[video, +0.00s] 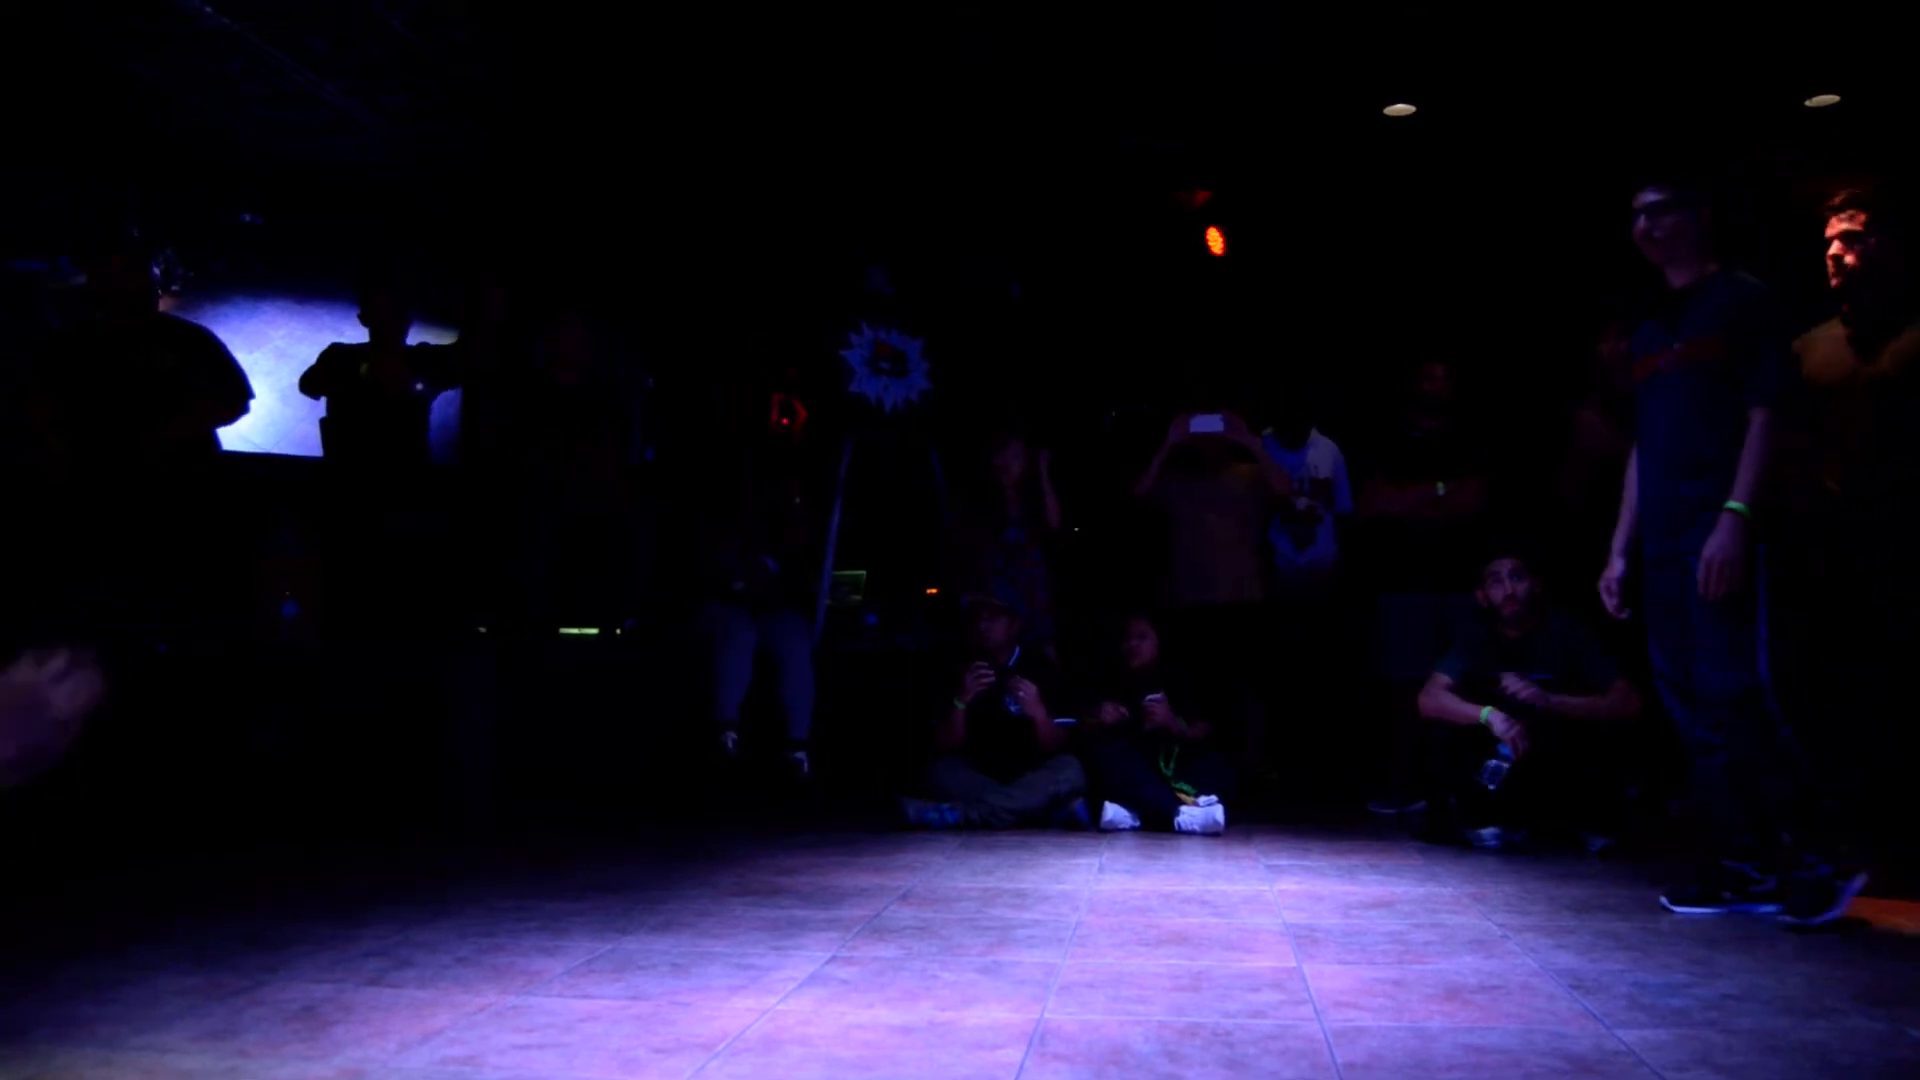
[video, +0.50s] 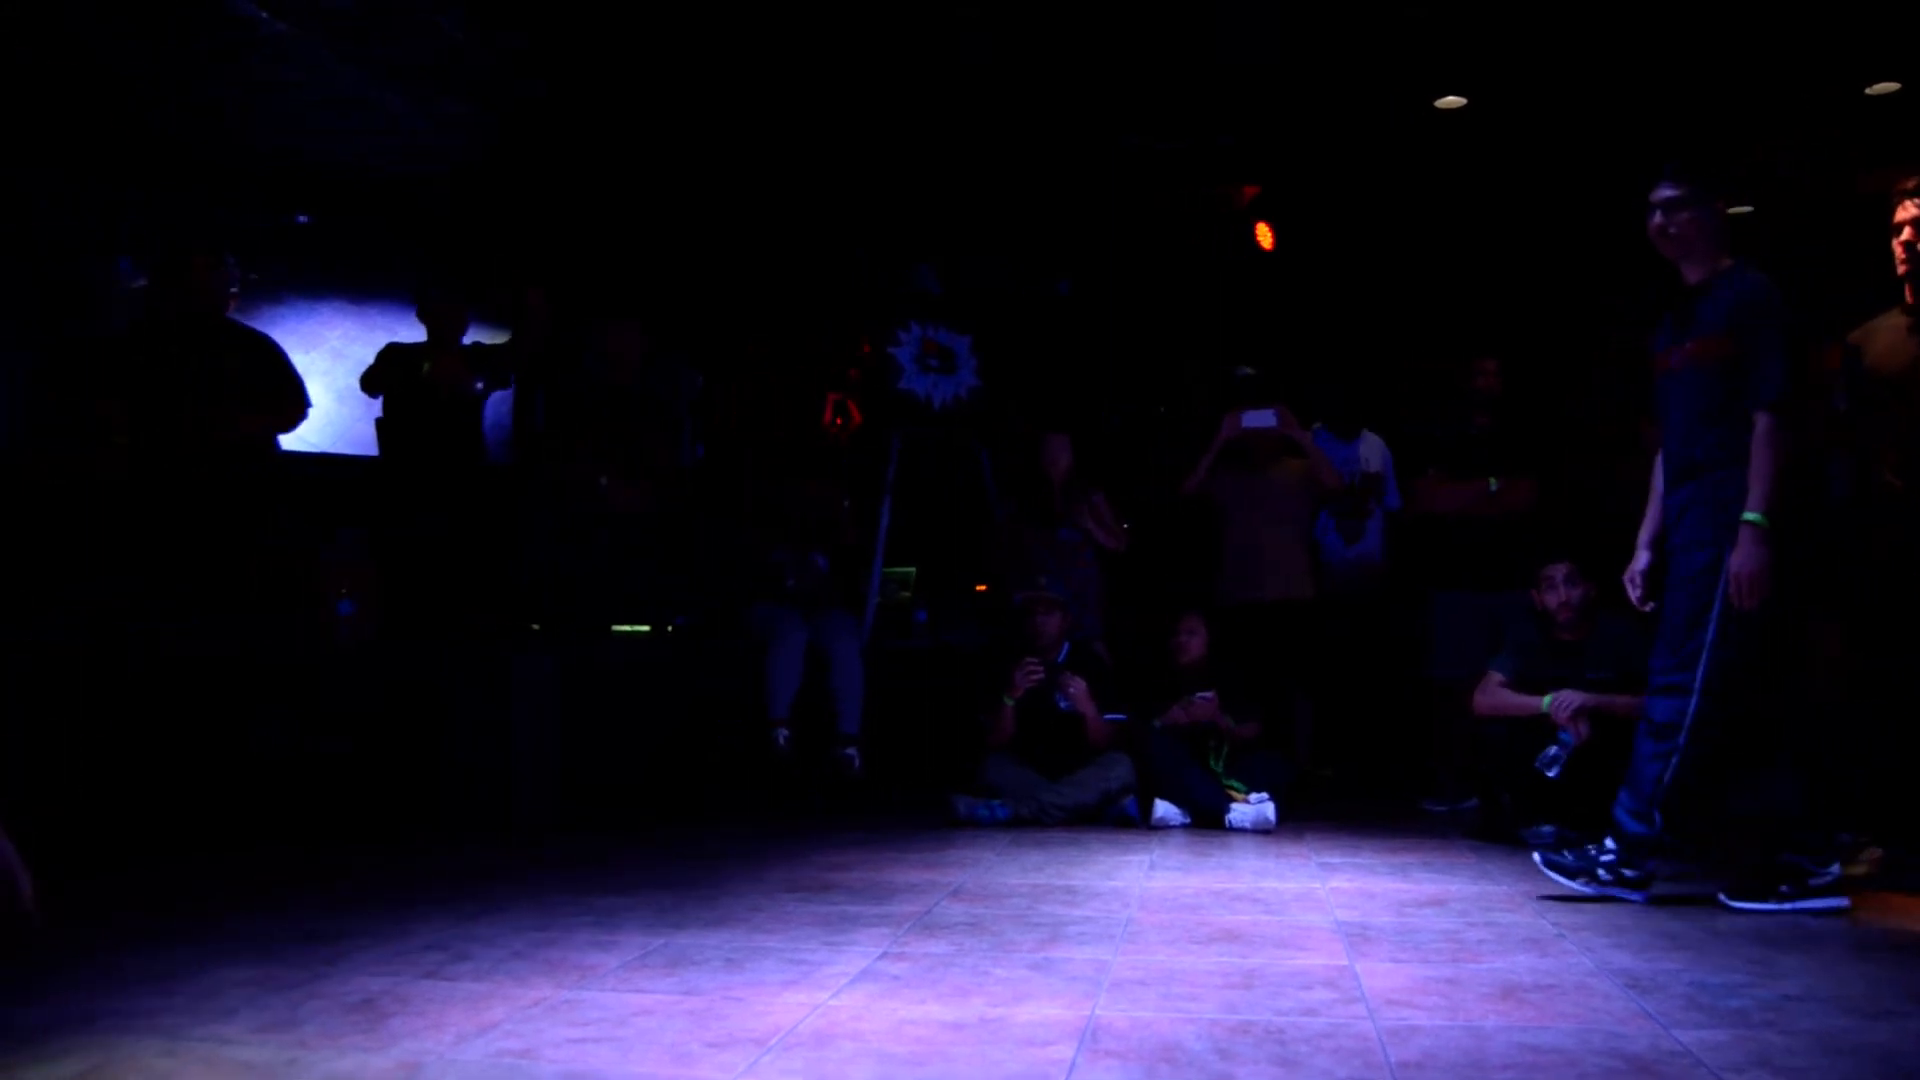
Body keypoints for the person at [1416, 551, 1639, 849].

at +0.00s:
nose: (1508, 589)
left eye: (1517, 578)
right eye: (1496, 581)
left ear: (1534, 585)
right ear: (1483, 595)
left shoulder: (1566, 634)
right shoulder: (1478, 638)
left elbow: (1624, 702)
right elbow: (1430, 699)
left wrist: (1547, 700)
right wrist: (1488, 716)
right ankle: (1485, 821)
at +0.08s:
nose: (1513, 591)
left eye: (1521, 580)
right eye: (1501, 583)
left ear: (1538, 586)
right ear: (1488, 597)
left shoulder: (1571, 637)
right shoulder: (1482, 639)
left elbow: (1627, 703)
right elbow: (1435, 699)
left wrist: (1548, 700)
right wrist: (1493, 712)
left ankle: (1596, 824)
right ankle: (1493, 821)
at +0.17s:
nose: (1530, 597)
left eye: (1538, 584)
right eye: (1518, 588)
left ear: (1554, 590)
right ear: (1505, 599)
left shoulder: (1588, 639)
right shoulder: (1497, 640)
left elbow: (1645, 702)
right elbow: (1451, 700)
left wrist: (1557, 709)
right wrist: (1518, 712)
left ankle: (1612, 826)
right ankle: (1510, 822)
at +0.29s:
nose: (1559, 595)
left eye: (1567, 583)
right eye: (1547, 586)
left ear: (1583, 587)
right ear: (1534, 597)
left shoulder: (1615, 637)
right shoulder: (1527, 638)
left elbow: (1665, 702)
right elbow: (1479, 698)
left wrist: (1585, 706)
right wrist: (1543, 709)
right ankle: (1535, 820)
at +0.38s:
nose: (1562, 591)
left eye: (1570, 580)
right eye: (1550, 583)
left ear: (1587, 585)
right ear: (1537, 595)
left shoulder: (1618, 637)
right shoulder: (1528, 636)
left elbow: (1660, 702)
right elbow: (1482, 697)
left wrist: (1589, 705)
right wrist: (1549, 708)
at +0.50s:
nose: (1563, 597)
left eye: (1572, 584)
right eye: (1551, 588)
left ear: (1589, 589)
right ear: (1538, 598)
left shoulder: (1618, 639)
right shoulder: (1529, 639)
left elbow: (1652, 704)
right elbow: (1484, 699)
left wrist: (1592, 701)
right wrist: (1550, 705)